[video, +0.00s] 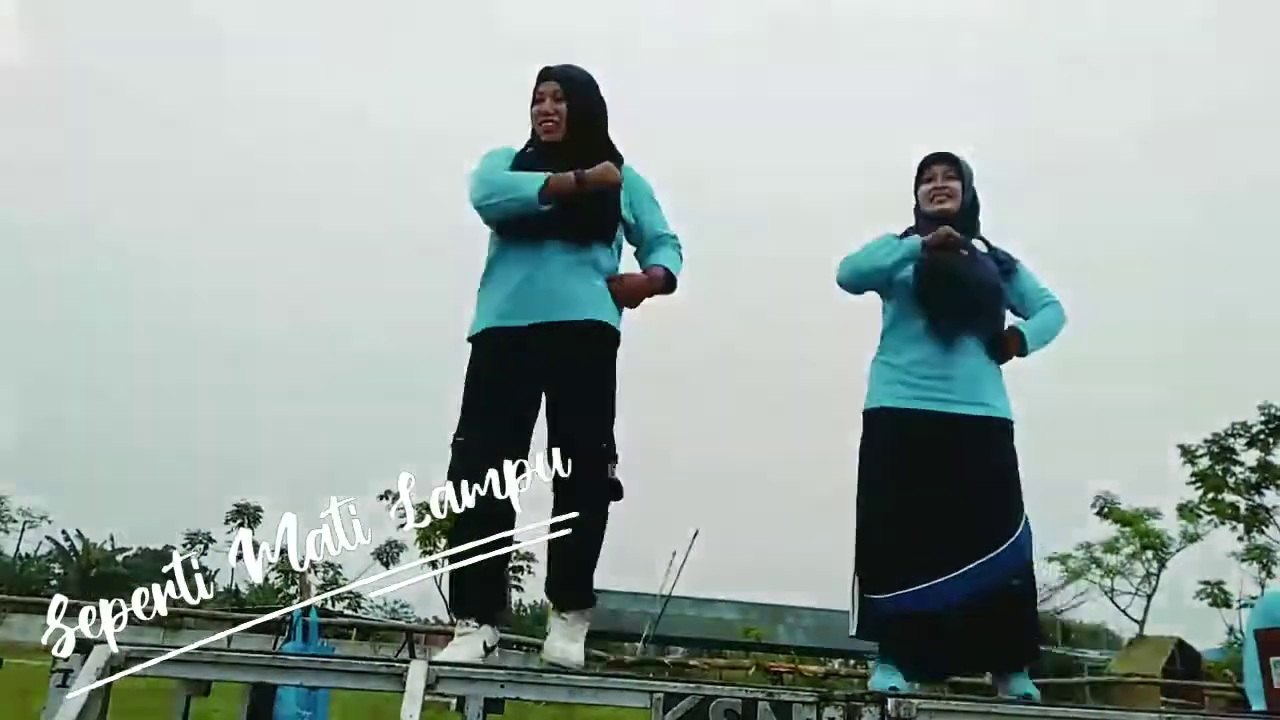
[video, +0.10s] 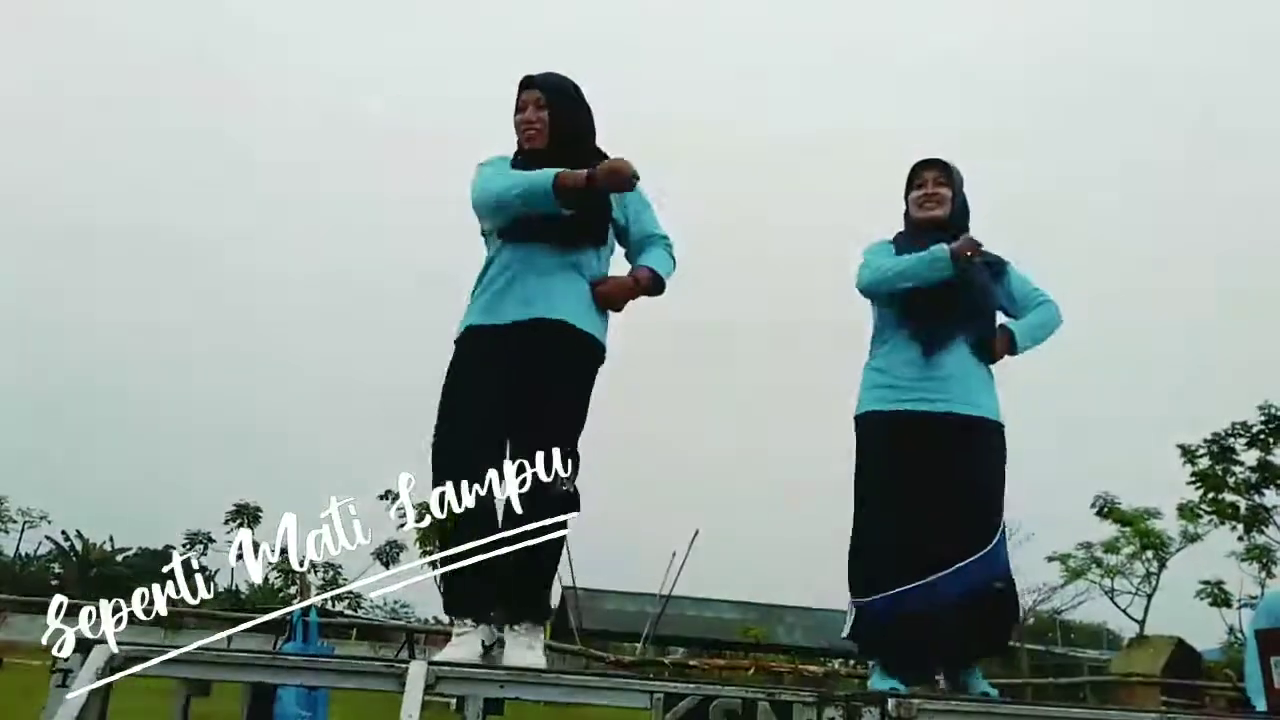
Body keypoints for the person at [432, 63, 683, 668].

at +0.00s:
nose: (546, 108)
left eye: (558, 99)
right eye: (539, 100)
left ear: (586, 108)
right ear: (529, 111)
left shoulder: (621, 177)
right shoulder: (503, 161)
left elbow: (663, 244)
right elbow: (486, 197)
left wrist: (652, 278)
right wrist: (577, 181)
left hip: (585, 325)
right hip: (503, 325)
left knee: (584, 469)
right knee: (481, 467)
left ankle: (569, 614)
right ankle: (476, 619)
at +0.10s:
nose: (526, 117)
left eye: (538, 108)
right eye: (522, 109)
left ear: (569, 115)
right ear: (515, 120)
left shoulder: (609, 181)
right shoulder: (497, 171)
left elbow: (657, 248)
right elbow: (495, 195)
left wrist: (635, 282)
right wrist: (585, 179)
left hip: (568, 321)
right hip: (491, 321)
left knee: (542, 463)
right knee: (461, 455)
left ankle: (526, 621)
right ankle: (471, 617)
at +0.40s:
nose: (515, 95)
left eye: (529, 87)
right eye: (508, 87)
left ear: (555, 98)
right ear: (498, 98)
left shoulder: (583, 172)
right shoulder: (466, 150)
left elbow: (612, 249)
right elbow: (375, 166)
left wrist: (616, 284)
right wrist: (267, 166)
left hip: (541, 324)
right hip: (457, 315)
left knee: (536, 471)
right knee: (396, 448)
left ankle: (526, 618)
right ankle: (358, 595)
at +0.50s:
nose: (509, 87)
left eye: (522, 81)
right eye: (501, 78)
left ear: (540, 98)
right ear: (484, 88)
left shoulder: (557, 172)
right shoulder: (444, 144)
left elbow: (571, 260)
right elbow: (377, 192)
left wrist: (600, 298)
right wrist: (301, 228)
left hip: (524, 328)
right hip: (438, 321)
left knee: (527, 473)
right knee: (383, 460)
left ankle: (525, 620)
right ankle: (340, 609)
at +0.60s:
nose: (505, 92)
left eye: (515, 87)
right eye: (494, 81)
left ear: (522, 104)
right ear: (467, 87)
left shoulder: (534, 176)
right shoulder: (415, 150)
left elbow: (554, 261)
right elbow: (365, 224)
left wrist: (596, 297)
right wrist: (310, 280)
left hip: (496, 336)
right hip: (407, 331)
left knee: (510, 472)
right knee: (368, 469)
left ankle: (518, 612)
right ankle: (342, 611)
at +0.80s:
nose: (495, 93)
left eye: (503, 88)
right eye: (486, 80)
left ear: (506, 103)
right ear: (452, 80)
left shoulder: (512, 159)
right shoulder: (392, 146)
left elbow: (559, 208)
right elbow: (356, 218)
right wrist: (337, 276)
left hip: (471, 315)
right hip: (388, 315)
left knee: (446, 448)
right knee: (359, 456)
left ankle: (430, 586)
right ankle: (339, 609)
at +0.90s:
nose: (497, 106)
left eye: (502, 100)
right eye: (487, 94)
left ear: (504, 112)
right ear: (452, 93)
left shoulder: (513, 163)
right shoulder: (391, 158)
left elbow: (515, 183)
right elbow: (360, 222)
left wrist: (415, 144)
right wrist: (369, 250)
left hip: (461, 329)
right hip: (381, 323)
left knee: (418, 459)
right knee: (345, 454)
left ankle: (392, 607)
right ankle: (338, 607)